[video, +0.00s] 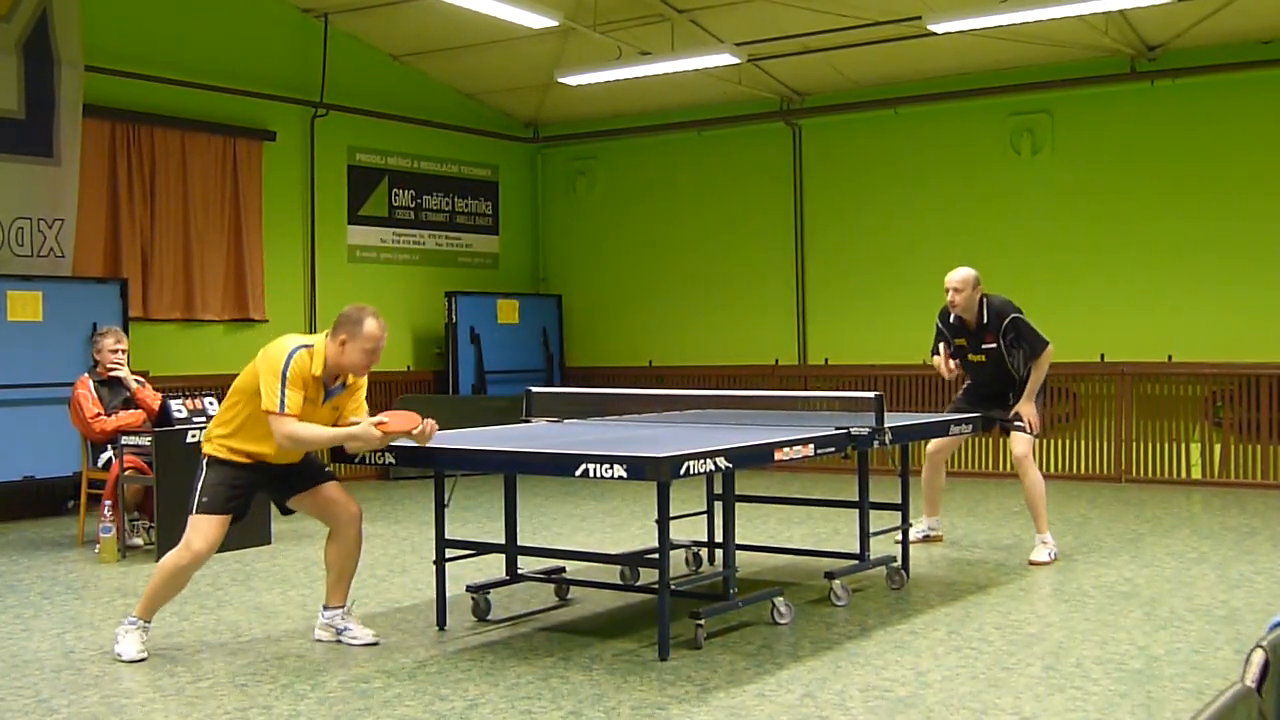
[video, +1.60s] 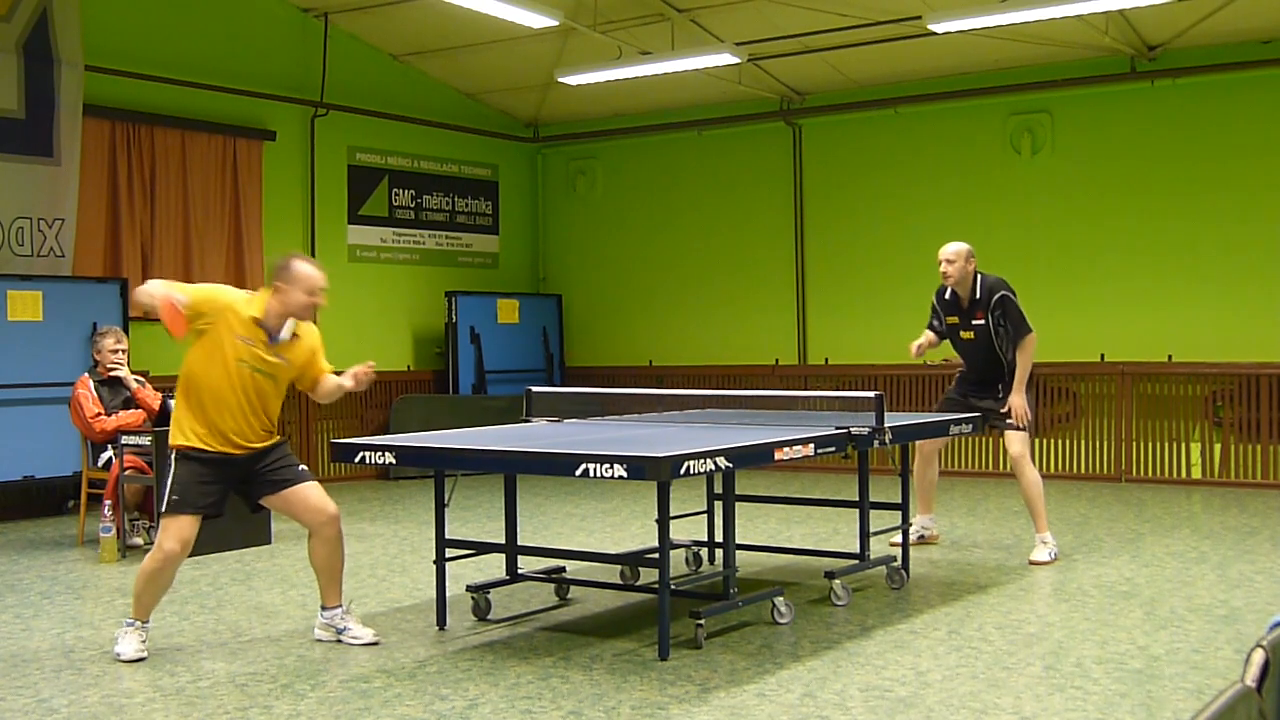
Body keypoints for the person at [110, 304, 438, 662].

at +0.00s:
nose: (374, 363)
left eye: (378, 354)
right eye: (370, 352)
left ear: (347, 344)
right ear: (341, 340)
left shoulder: (352, 376)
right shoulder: (287, 356)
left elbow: (352, 441)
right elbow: (285, 433)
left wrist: (404, 433)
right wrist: (349, 436)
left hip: (290, 456)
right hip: (231, 454)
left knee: (348, 516)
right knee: (198, 548)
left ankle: (334, 617)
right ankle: (136, 624)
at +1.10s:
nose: (323, 349)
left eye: (325, 342)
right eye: (317, 342)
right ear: (285, 336)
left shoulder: (315, 360)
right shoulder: (240, 353)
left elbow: (341, 415)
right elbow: (267, 409)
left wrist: (386, 407)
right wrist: (332, 389)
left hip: (278, 468)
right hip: (218, 472)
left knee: (347, 517)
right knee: (190, 559)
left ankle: (334, 616)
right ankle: (140, 624)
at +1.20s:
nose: (311, 335)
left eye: (313, 327)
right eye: (304, 326)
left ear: (314, 324)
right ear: (273, 320)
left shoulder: (305, 350)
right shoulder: (228, 337)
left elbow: (335, 398)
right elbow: (244, 388)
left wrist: (368, 374)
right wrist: (304, 357)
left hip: (273, 461)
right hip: (213, 466)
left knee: (340, 515)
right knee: (185, 556)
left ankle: (335, 617)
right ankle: (139, 625)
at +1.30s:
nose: (295, 303)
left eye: (297, 295)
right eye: (287, 295)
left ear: (297, 294)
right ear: (255, 295)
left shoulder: (293, 329)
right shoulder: (213, 317)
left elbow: (323, 380)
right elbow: (182, 357)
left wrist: (349, 349)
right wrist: (244, 338)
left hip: (268, 452)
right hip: (203, 456)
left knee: (332, 517)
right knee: (177, 550)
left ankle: (334, 617)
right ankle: (137, 625)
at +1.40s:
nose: (292, 291)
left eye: (293, 282)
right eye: (283, 284)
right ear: (251, 286)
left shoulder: (289, 323)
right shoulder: (206, 308)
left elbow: (318, 379)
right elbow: (145, 334)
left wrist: (342, 358)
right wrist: (206, 323)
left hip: (265, 448)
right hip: (199, 451)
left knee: (327, 517)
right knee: (174, 548)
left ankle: (333, 616)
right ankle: (135, 626)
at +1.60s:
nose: (320, 301)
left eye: (322, 293)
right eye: (313, 292)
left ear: (304, 294)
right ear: (282, 288)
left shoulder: (306, 337)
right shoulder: (225, 303)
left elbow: (321, 390)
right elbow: (147, 292)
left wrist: (346, 381)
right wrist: (160, 300)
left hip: (261, 449)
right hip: (198, 448)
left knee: (326, 516)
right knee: (172, 548)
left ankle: (333, 616)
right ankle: (136, 626)